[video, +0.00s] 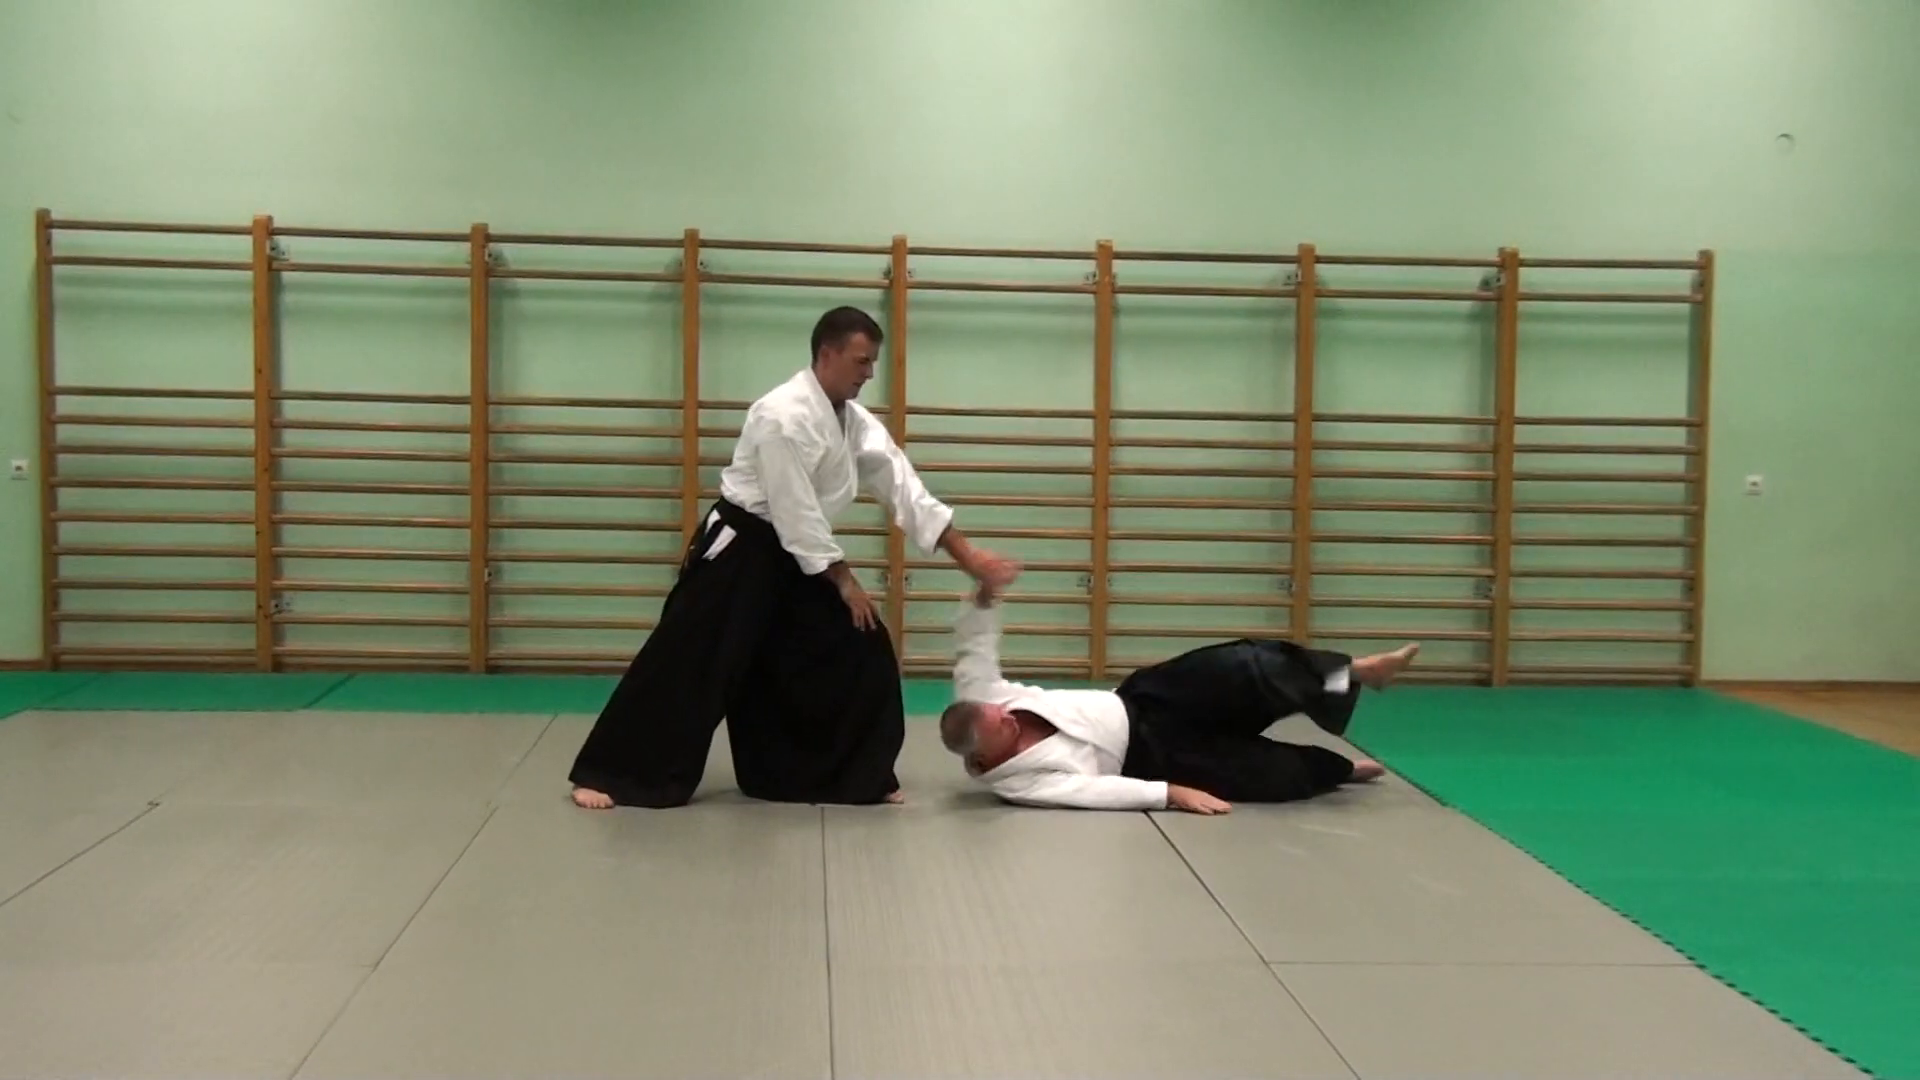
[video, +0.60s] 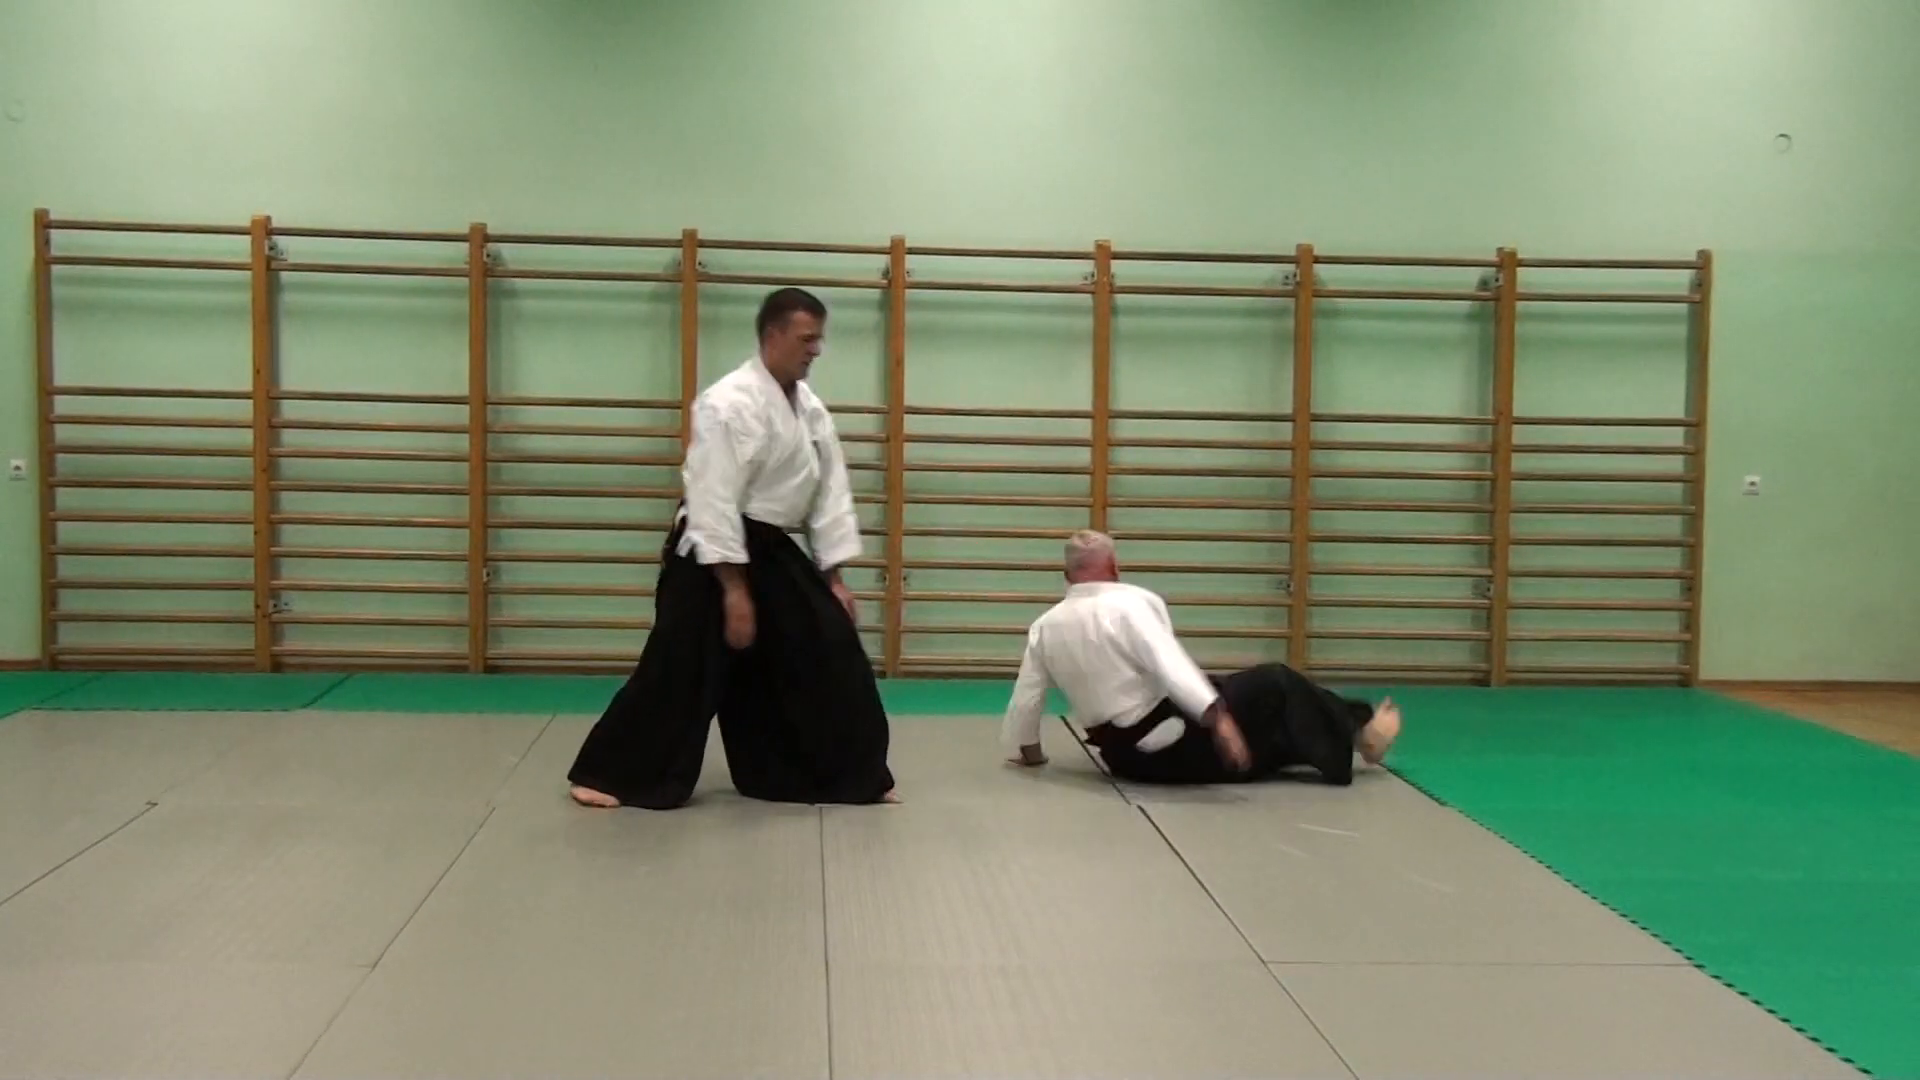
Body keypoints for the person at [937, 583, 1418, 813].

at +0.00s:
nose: (1013, 718)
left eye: (1006, 712)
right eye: (1004, 727)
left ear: (990, 704)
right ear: (984, 755)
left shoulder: (985, 697)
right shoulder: (1024, 781)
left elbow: (973, 646)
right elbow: (1094, 791)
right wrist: (1166, 794)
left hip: (1143, 698)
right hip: (1153, 758)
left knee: (1248, 667)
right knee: (1265, 773)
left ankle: (1351, 675)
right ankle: (1336, 767)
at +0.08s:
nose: (1019, 709)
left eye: (1013, 701)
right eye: (1007, 715)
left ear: (1007, 694)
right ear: (983, 738)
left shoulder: (1003, 681)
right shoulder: (1013, 775)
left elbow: (1021, 630)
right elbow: (1089, 789)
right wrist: (1163, 790)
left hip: (1145, 700)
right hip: (1154, 760)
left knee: (1259, 669)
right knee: (1267, 762)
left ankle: (1352, 685)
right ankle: (1353, 771)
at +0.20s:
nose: (1043, 682)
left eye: (1036, 671)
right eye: (1030, 684)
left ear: (1028, 662)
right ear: (1001, 699)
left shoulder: (1038, 664)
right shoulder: (1018, 750)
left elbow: (1087, 643)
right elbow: (1087, 785)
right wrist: (1165, 789)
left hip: (1157, 706)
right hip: (1154, 758)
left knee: (1263, 677)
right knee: (1274, 745)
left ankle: (1355, 706)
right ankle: (1373, 757)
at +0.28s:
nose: (1062, 634)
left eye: (1056, 628)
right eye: (1052, 633)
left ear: (1044, 634)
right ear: (1029, 651)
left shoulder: (1052, 650)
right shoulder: (1032, 715)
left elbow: (1097, 654)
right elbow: (1093, 774)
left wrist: (1136, 653)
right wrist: (1162, 794)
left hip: (1160, 704)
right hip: (1156, 753)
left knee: (1250, 668)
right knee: (1275, 732)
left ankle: (1345, 704)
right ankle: (1374, 742)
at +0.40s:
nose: (1097, 598)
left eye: (1093, 589)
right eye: (1087, 594)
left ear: (1059, 606)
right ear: (1065, 608)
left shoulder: (1068, 633)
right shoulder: (1068, 666)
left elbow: (1113, 683)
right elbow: (1109, 733)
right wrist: (1163, 789)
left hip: (1157, 698)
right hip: (1165, 742)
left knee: (1224, 654)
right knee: (1288, 706)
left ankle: (1320, 712)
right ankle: (1377, 712)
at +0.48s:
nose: (1111, 578)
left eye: (1106, 571)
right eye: (1108, 572)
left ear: (1062, 583)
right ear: (1099, 579)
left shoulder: (1046, 631)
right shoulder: (1104, 637)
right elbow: (1133, 714)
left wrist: (1082, 717)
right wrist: (1181, 779)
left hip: (1122, 741)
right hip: (1157, 749)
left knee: (1201, 657)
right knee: (1279, 694)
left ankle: (1272, 711)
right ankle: (1375, 706)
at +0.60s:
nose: (1119, 569)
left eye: (1114, 564)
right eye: (1116, 563)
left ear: (1067, 574)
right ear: (1110, 567)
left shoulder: (1044, 628)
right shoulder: (1130, 603)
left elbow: (1024, 703)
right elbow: (1168, 664)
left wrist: (1026, 752)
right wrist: (1219, 717)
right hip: (1169, 739)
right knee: (1272, 681)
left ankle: (1354, 730)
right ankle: (1359, 733)